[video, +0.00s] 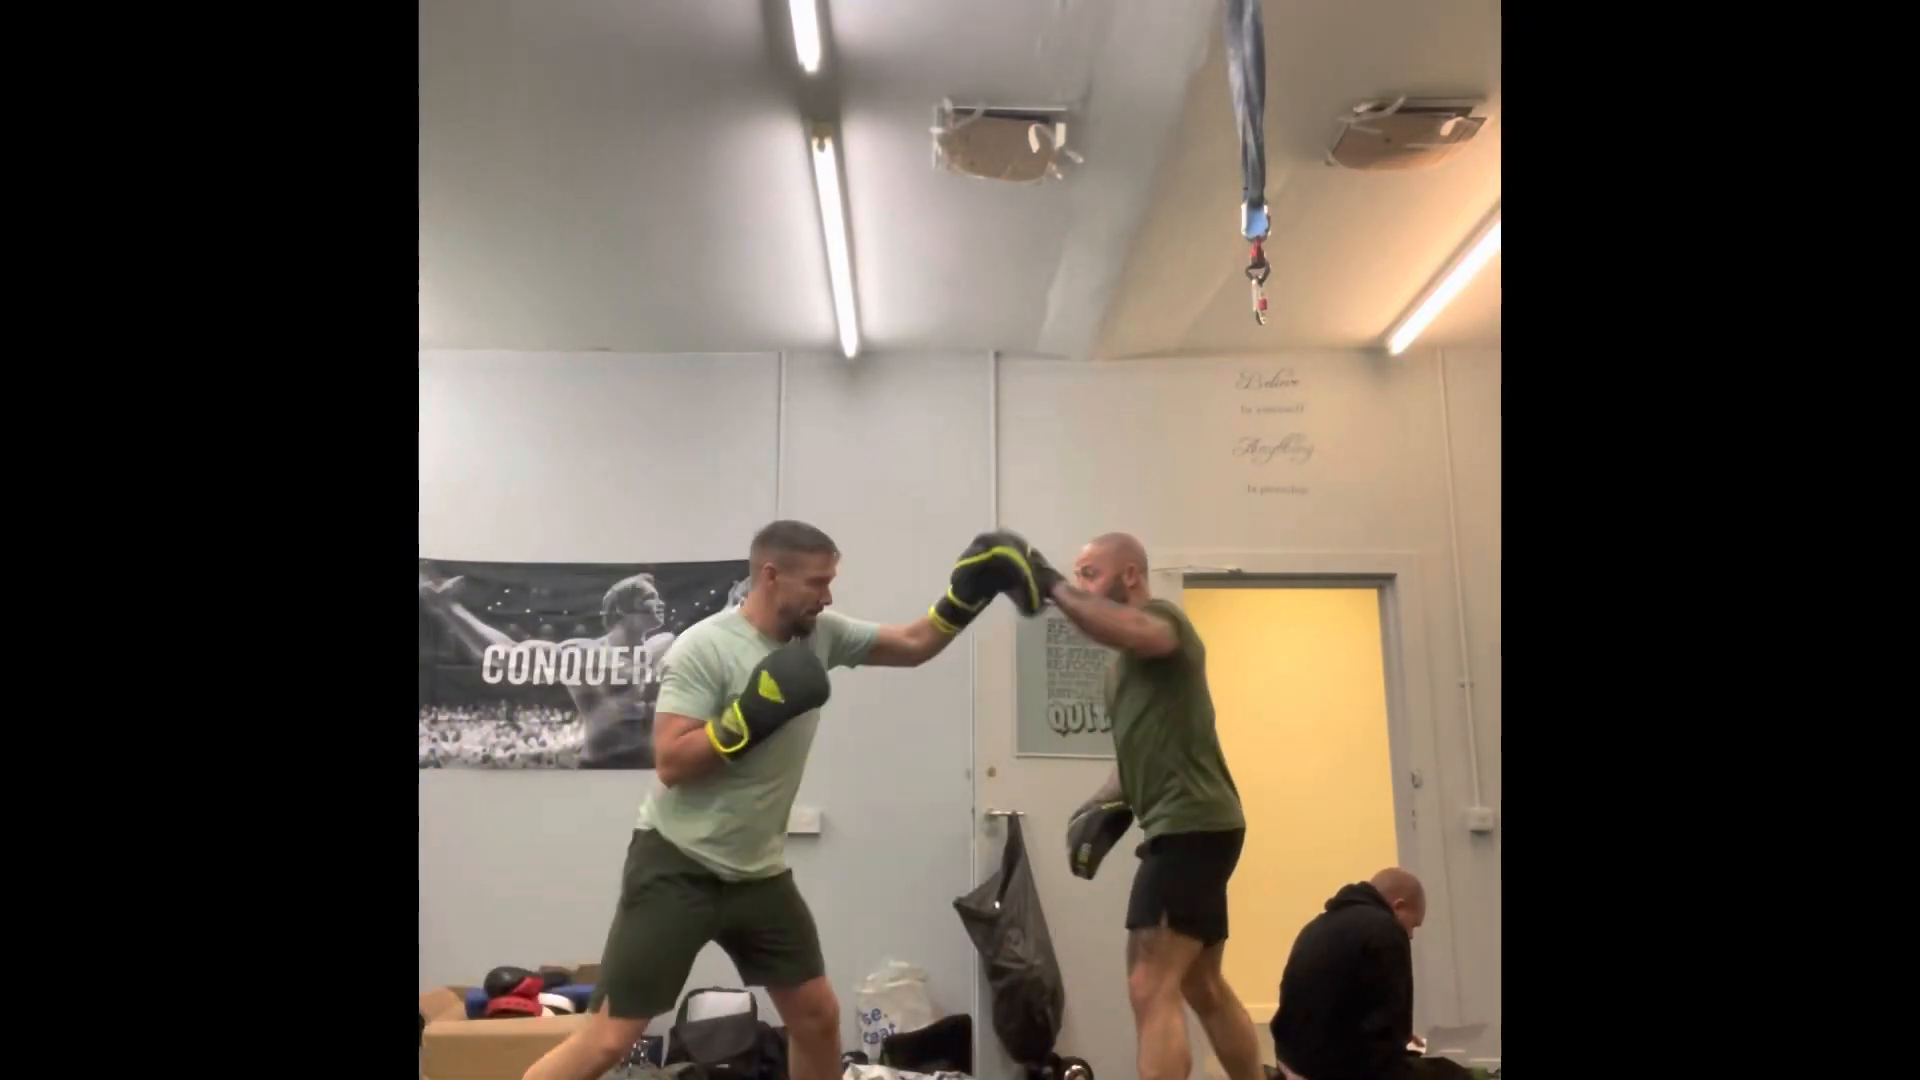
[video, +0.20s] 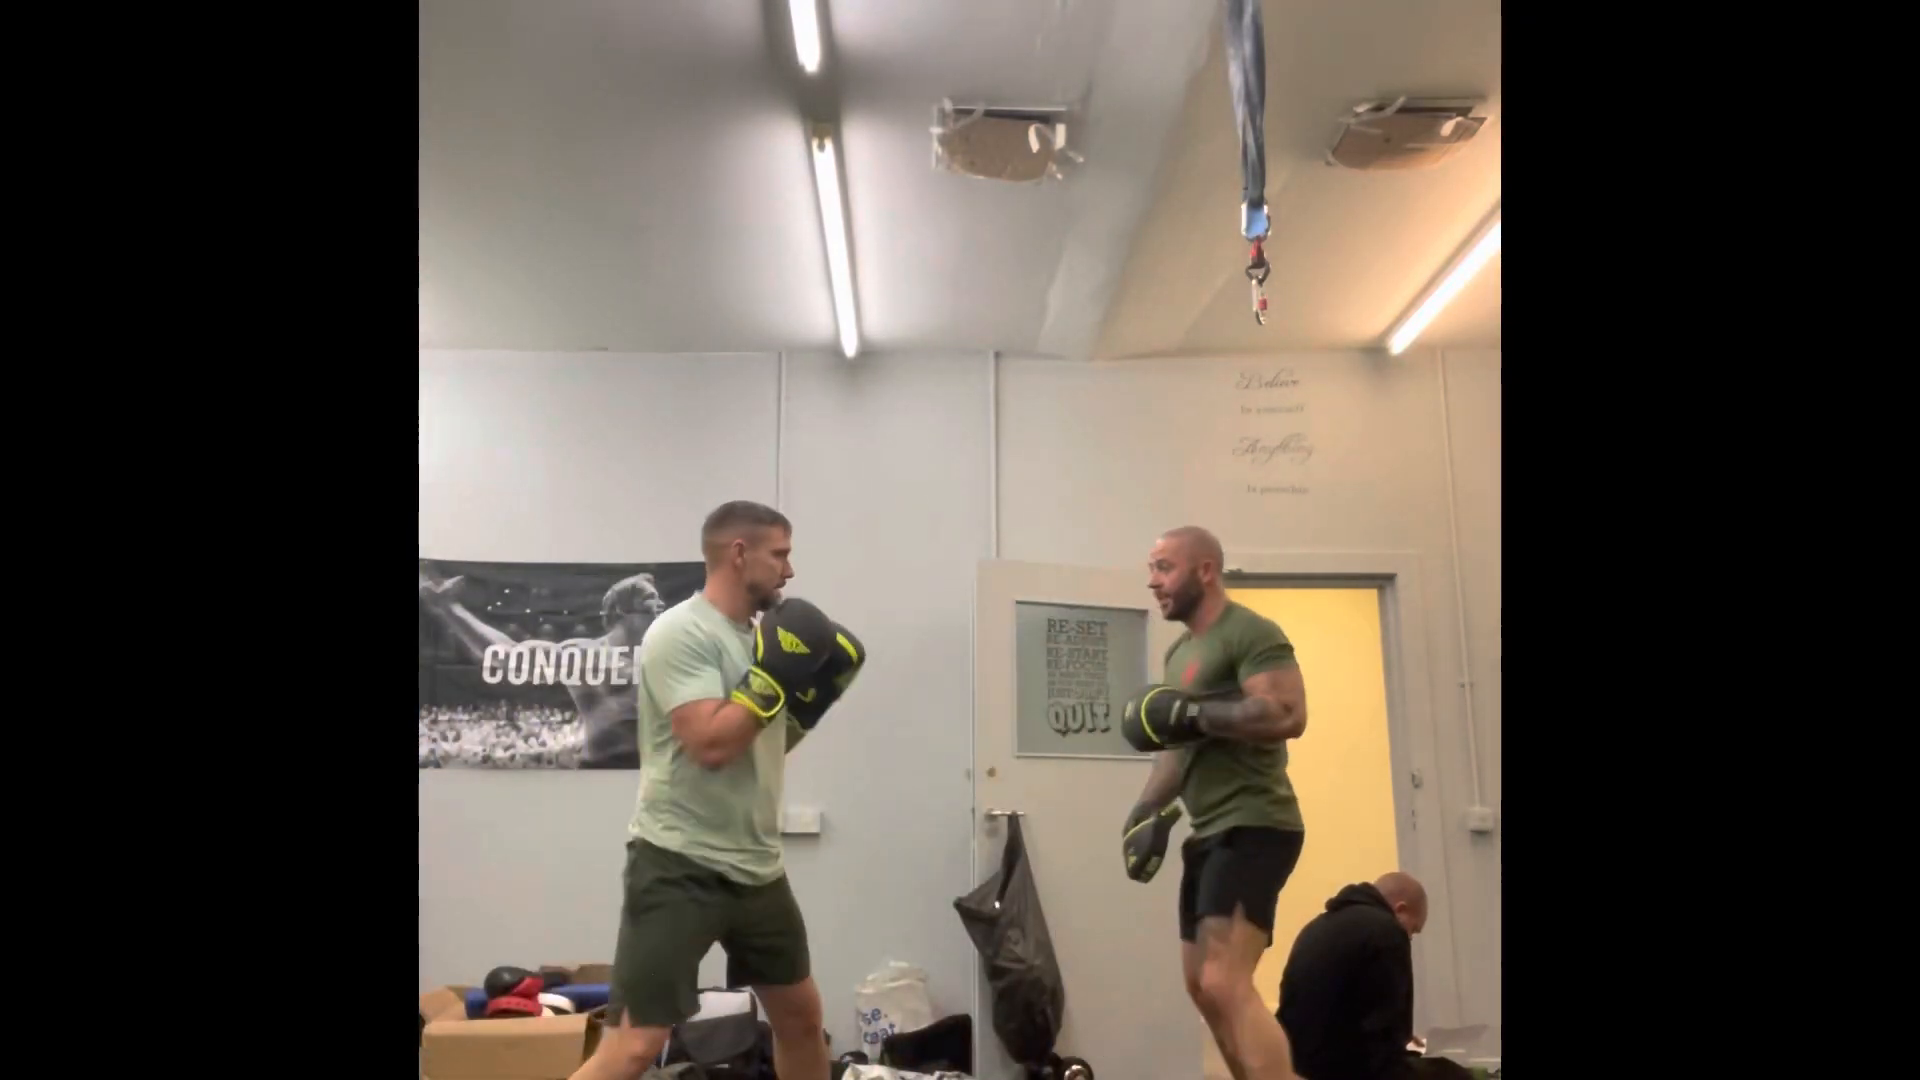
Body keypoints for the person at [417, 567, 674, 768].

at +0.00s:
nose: (661, 609)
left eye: (660, 602)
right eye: (650, 603)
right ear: (623, 612)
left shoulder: (659, 650)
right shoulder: (579, 653)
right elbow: (508, 653)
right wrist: (448, 608)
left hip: (653, 762)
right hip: (600, 763)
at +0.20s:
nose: (661, 608)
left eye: (659, 601)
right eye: (650, 602)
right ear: (622, 613)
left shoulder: (661, 650)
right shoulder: (579, 653)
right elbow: (509, 653)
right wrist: (448, 608)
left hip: (656, 765)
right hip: (604, 767)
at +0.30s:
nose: (652, 617)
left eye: (652, 608)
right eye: (645, 609)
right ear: (622, 613)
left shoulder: (662, 651)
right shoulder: (582, 654)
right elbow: (508, 653)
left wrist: (445, 607)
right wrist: (447, 607)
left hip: (659, 764)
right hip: (608, 767)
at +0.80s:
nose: (661, 607)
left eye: (659, 600)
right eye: (651, 601)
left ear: (650, 609)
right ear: (625, 611)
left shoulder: (666, 648)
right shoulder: (581, 654)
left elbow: (712, 632)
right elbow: (505, 652)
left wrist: (735, 602)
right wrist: (449, 608)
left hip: (651, 776)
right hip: (598, 777)